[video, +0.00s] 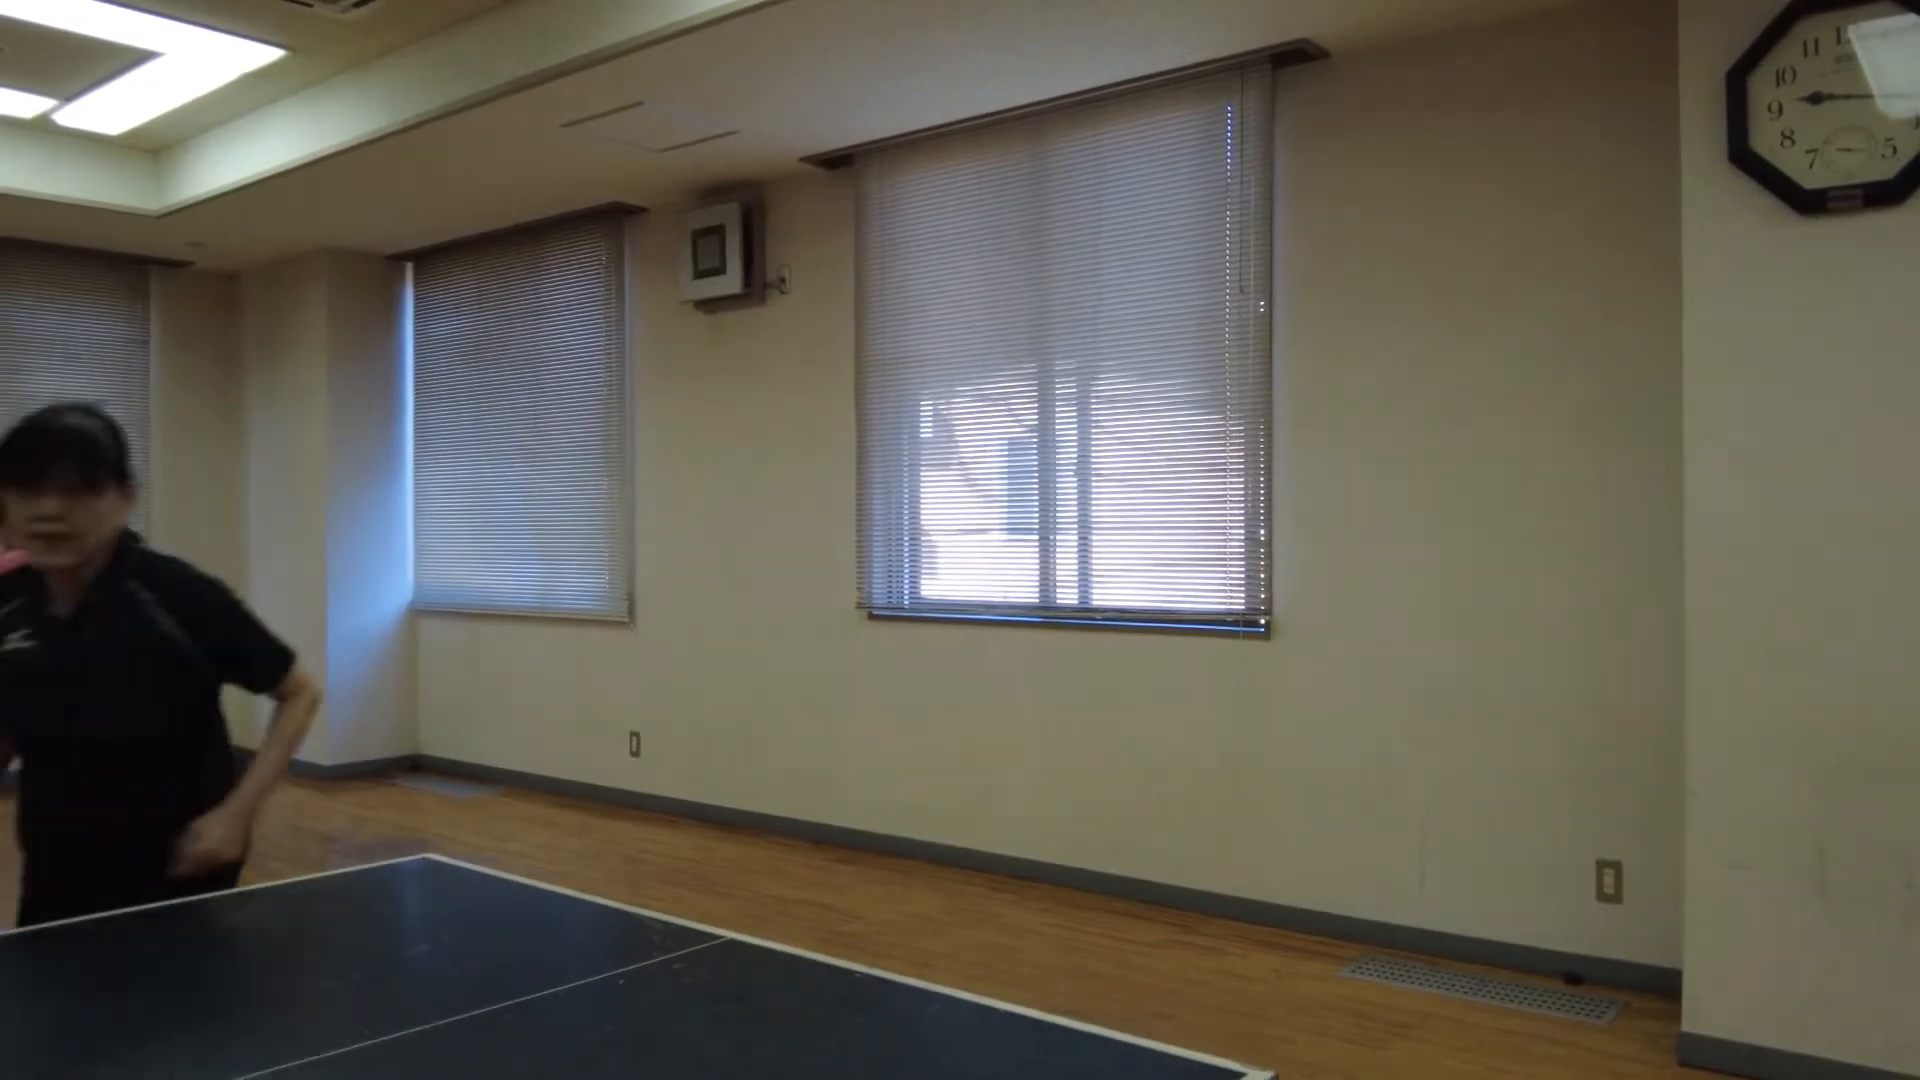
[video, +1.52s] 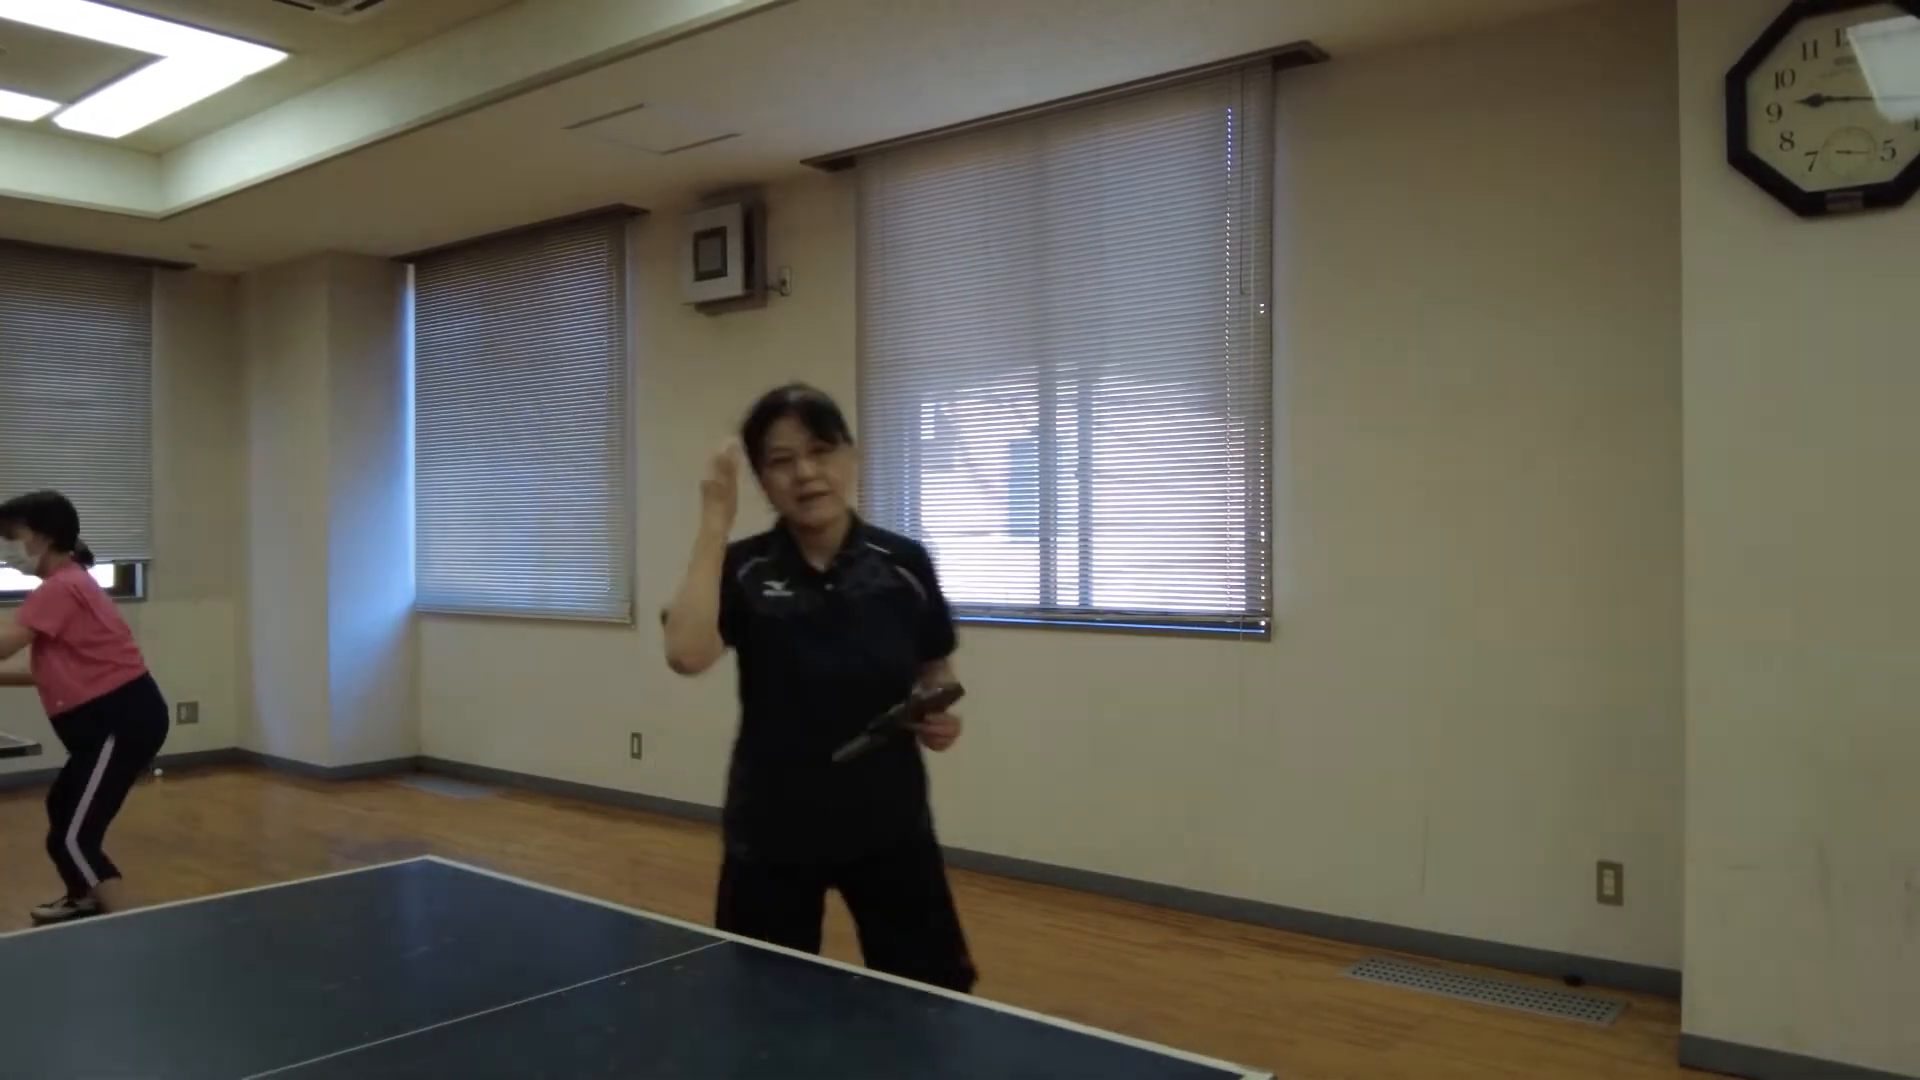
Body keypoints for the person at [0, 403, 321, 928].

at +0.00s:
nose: (49, 509)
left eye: (77, 489)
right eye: (29, 490)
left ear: (124, 499)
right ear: (4, 505)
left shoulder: (174, 594)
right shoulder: (12, 608)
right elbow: (12, 738)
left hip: (175, 894)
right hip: (58, 892)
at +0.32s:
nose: (301, 480)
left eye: (320, 465)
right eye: (280, 464)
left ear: (347, 479)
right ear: (250, 480)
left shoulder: (390, 579)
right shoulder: (205, 581)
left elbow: (430, 670)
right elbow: (150, 689)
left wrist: (410, 755)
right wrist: (183, 747)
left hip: (354, 848)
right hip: (233, 849)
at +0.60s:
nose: (498, 476)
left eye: (514, 459)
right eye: (475, 460)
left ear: (532, 468)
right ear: (438, 472)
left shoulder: (541, 558)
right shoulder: (405, 573)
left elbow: (548, 655)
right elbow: (358, 706)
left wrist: (579, 705)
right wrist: (487, 718)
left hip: (513, 809)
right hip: (419, 816)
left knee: (520, 951)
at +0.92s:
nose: (619, 480)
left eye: (634, 462)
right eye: (595, 465)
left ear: (652, 471)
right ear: (559, 479)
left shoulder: (659, 563)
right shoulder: (531, 574)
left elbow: (651, 679)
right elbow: (489, 713)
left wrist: (707, 676)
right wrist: (613, 676)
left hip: (630, 815)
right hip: (544, 820)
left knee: (605, 965)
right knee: (547, 975)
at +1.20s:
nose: (701, 470)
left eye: (713, 449)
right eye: (678, 456)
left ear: (731, 456)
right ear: (643, 471)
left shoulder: (755, 550)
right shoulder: (624, 556)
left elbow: (768, 673)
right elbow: (631, 666)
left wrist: (820, 678)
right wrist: (672, 530)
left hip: (754, 813)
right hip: (661, 821)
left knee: (799, 982)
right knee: (680, 991)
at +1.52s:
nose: (806, 474)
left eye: (821, 452)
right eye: (783, 462)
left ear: (852, 457)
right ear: (762, 482)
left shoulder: (902, 562)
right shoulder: (744, 567)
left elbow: (934, 668)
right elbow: (687, 653)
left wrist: (939, 716)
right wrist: (714, 522)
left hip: (885, 821)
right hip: (773, 823)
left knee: (935, 1001)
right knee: (765, 999)